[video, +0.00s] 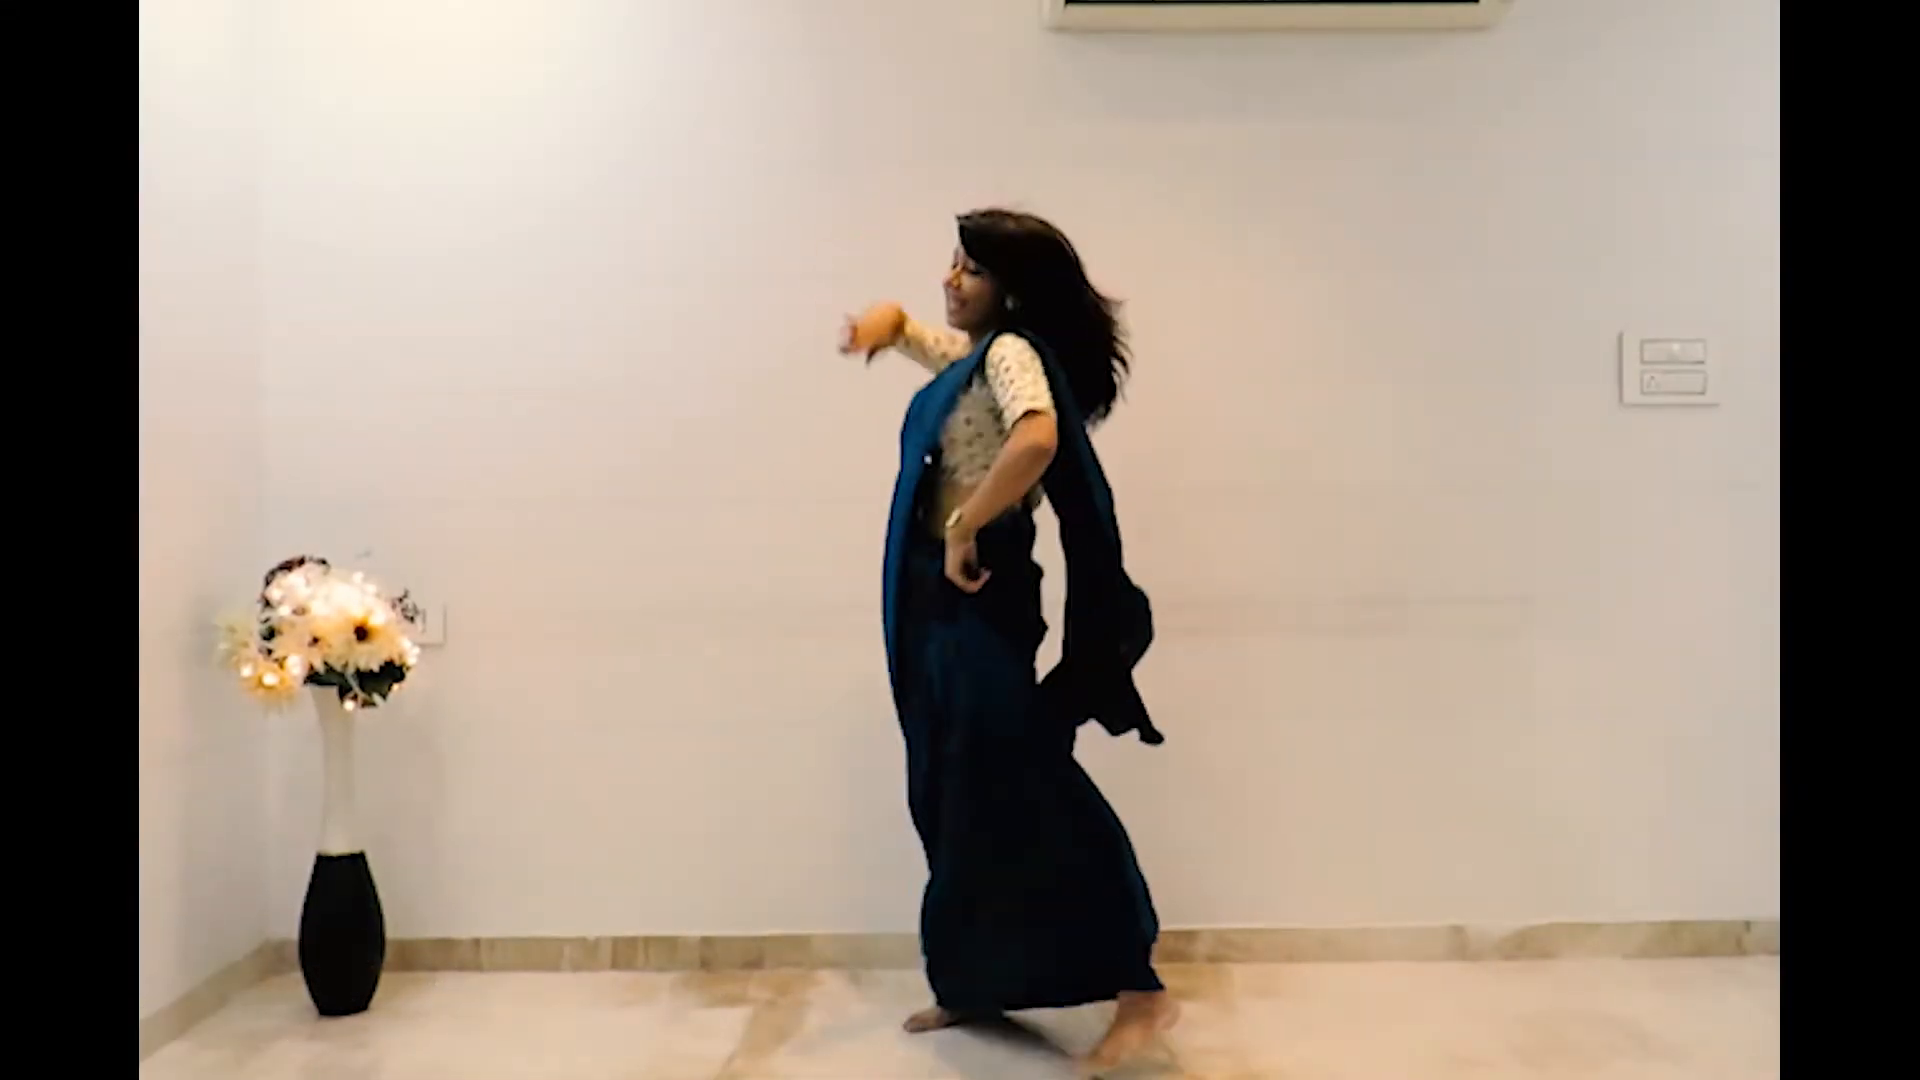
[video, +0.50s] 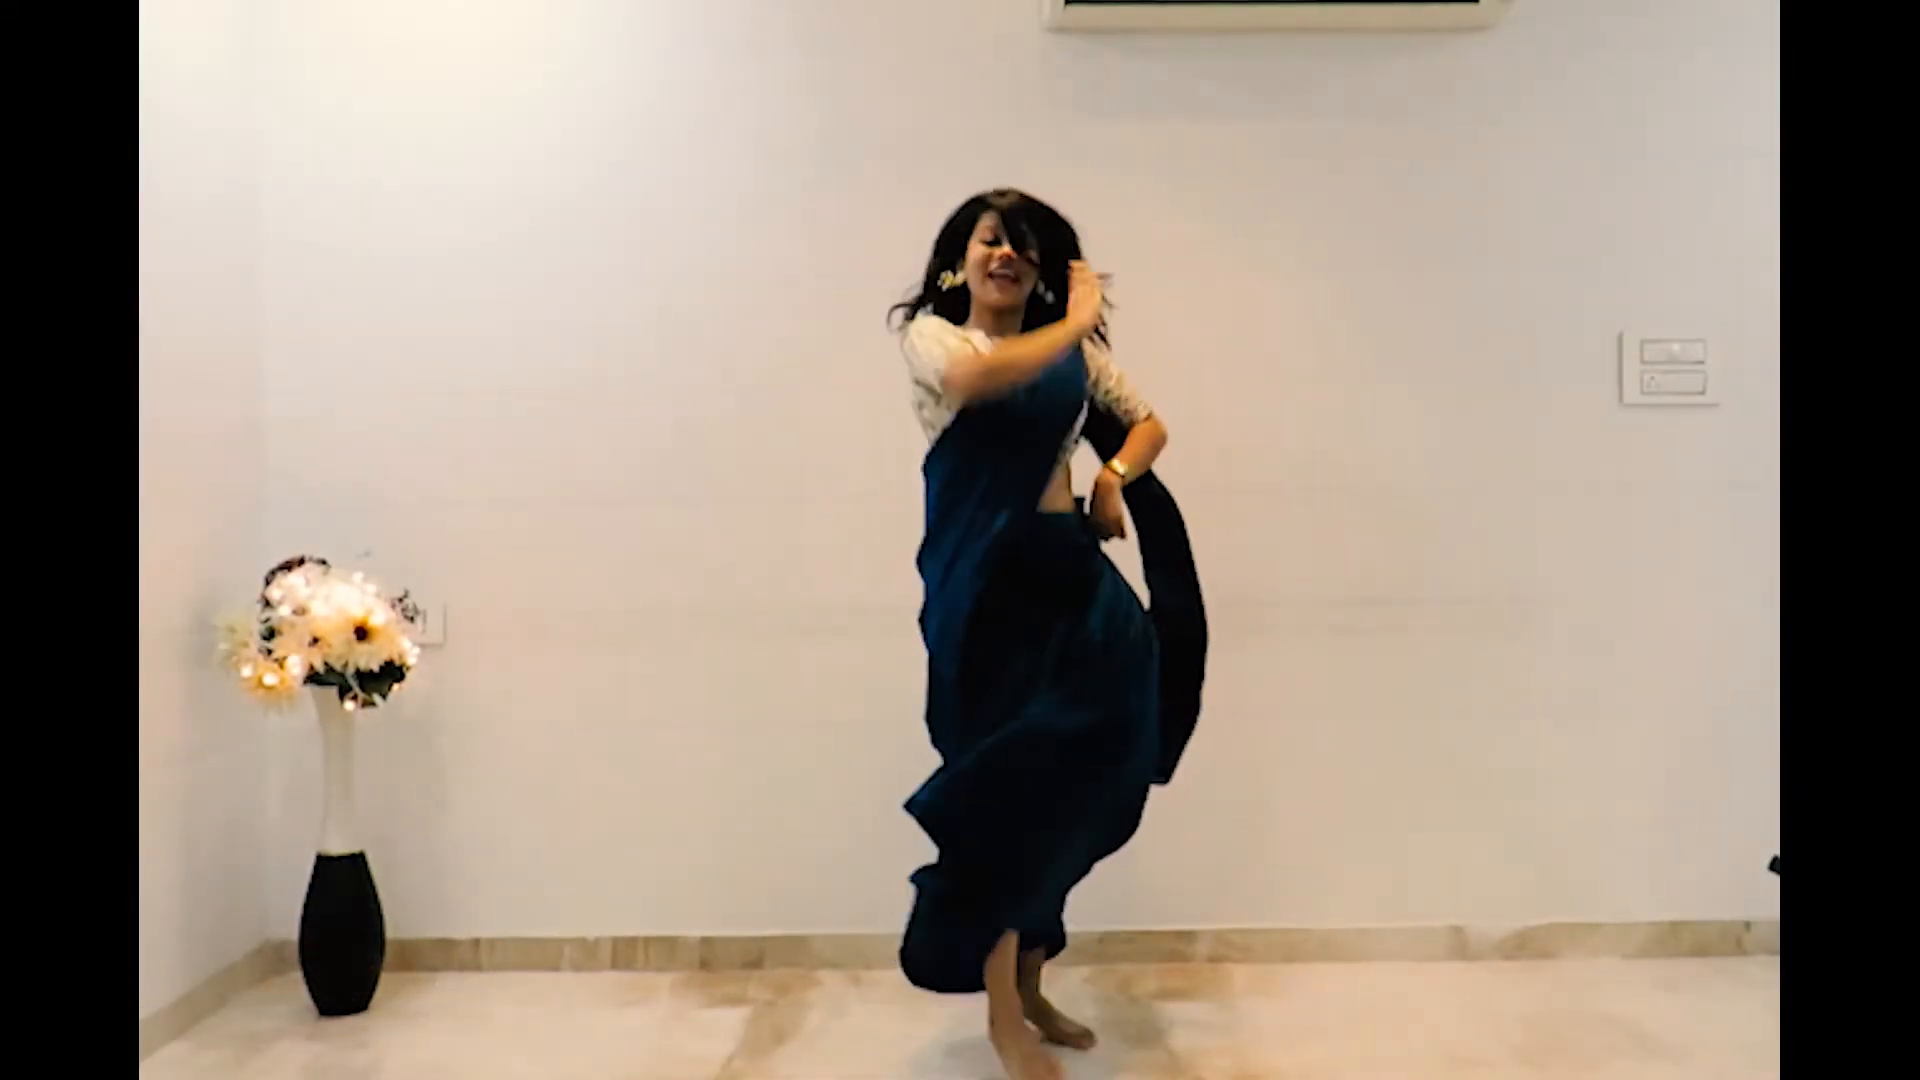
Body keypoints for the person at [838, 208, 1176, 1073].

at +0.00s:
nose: (950, 280)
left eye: (965, 272)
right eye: (954, 268)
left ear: (1004, 288)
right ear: (985, 285)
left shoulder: (1007, 353)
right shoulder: (966, 355)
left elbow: (1039, 436)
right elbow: (916, 335)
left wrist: (965, 523)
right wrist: (886, 323)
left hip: (986, 614)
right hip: (936, 613)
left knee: (1037, 788)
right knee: (949, 793)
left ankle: (1141, 991)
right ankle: (974, 985)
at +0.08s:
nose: (954, 318)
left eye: (970, 309)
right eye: (957, 304)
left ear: (1007, 326)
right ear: (992, 322)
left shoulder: (1003, 398)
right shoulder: (989, 396)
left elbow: (1010, 499)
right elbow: (955, 451)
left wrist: (932, 569)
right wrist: (903, 441)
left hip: (975, 644)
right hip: (952, 638)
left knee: (1008, 816)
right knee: (929, 806)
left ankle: (1150, 1009)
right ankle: (980, 986)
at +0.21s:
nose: (953, 317)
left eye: (964, 305)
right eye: (957, 303)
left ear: (996, 318)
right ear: (1012, 316)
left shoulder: (1029, 391)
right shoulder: (976, 408)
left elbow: (1068, 482)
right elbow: (869, 491)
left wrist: (974, 550)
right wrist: (877, 469)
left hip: (1007, 652)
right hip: (952, 652)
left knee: (1028, 832)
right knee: (926, 817)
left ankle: (1161, 1019)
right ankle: (983, 987)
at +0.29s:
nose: (968, 265)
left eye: (983, 252)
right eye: (967, 252)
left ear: (1019, 268)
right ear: (965, 269)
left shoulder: (1056, 348)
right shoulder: (938, 362)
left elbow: (1129, 429)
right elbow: (822, 375)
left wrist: (1037, 492)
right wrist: (917, 348)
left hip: (1028, 609)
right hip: (944, 609)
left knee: (1064, 795)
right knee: (949, 790)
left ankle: (1139, 999)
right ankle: (964, 978)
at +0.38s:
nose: (988, 238)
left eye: (1007, 228)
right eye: (978, 224)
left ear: (1038, 247)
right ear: (958, 239)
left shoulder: (1072, 327)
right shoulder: (929, 327)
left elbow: (1164, 403)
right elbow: (848, 284)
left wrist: (1082, 462)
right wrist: (971, 281)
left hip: (1039, 572)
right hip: (944, 572)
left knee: (1060, 766)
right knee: (953, 767)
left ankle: (1092, 965)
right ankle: (975, 956)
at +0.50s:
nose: (1003, 252)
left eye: (1019, 243)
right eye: (988, 240)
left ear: (1042, 268)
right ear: (957, 260)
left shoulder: (1067, 345)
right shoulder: (929, 332)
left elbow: (1148, 424)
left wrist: (1114, 476)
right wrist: (1075, 323)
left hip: (1066, 576)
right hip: (976, 583)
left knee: (1070, 768)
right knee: (1005, 784)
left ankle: (1023, 972)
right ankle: (1004, 1012)